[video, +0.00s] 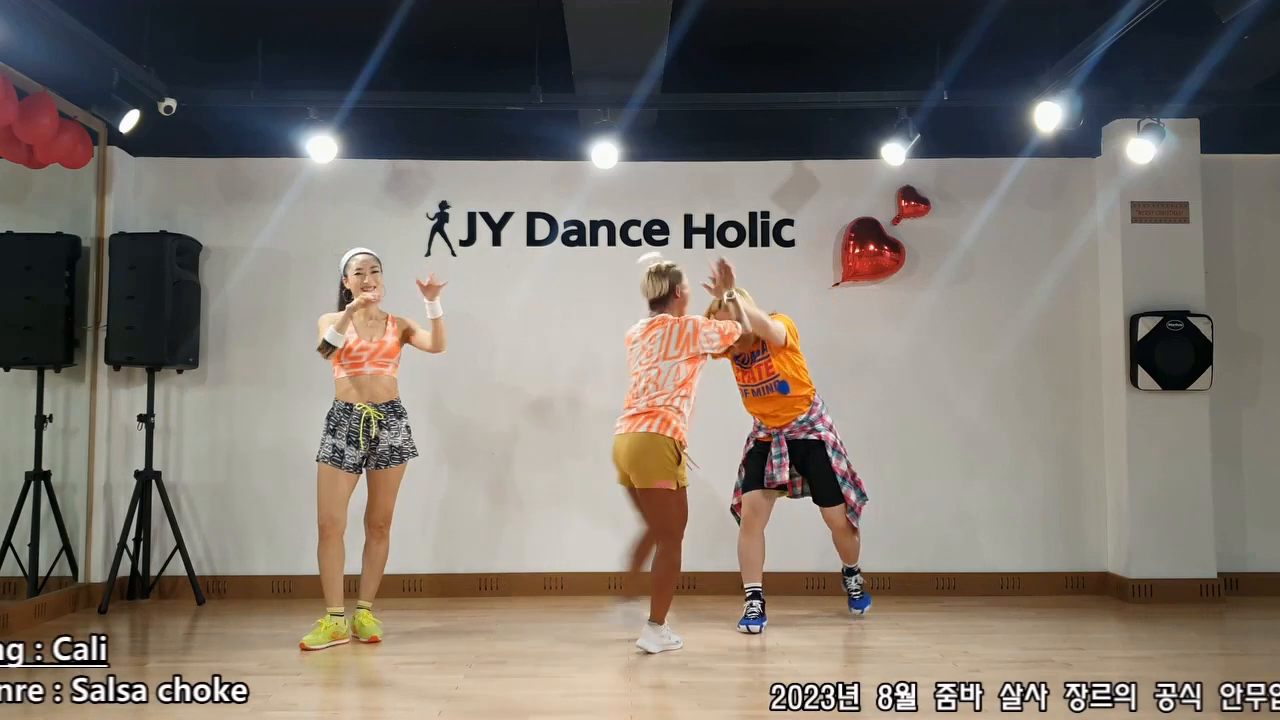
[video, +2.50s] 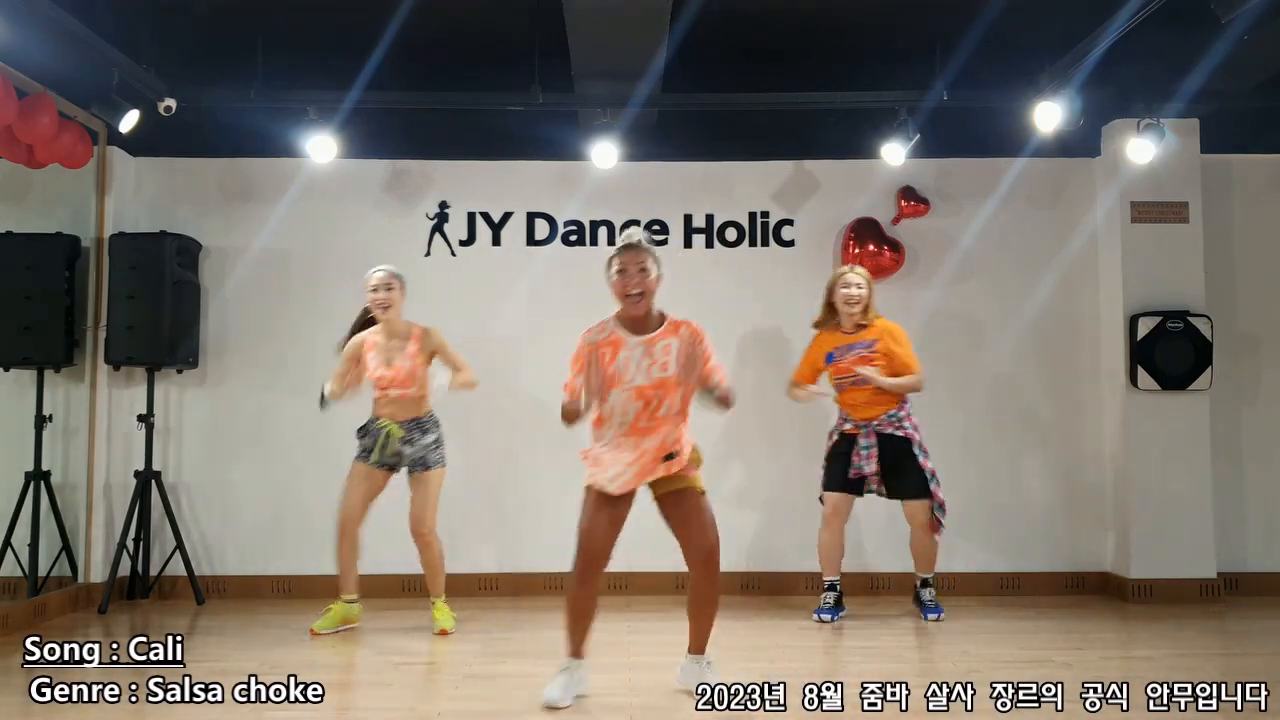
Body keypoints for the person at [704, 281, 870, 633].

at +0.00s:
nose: (737, 343)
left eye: (739, 332)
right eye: (729, 336)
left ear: (750, 321)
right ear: (720, 334)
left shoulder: (781, 329)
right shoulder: (729, 346)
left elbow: (763, 327)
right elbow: (697, 347)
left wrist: (734, 293)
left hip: (809, 433)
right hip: (766, 438)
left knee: (839, 520)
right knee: (751, 513)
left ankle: (852, 576)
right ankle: (754, 601)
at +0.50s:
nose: (811, 297)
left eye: (818, 291)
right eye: (805, 291)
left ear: (830, 300)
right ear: (793, 300)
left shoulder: (845, 339)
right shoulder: (779, 344)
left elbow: (847, 392)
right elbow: (772, 401)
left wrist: (845, 438)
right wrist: (767, 452)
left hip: (841, 434)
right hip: (800, 438)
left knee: (859, 517)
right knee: (785, 515)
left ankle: (863, 587)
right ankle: (762, 593)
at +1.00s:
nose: (832, 289)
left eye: (838, 284)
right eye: (824, 285)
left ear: (847, 292)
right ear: (812, 295)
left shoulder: (864, 331)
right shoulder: (797, 337)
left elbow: (892, 367)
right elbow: (782, 390)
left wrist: (923, 397)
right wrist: (768, 436)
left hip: (857, 431)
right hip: (814, 432)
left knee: (871, 514)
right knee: (822, 514)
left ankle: (863, 586)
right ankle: (826, 590)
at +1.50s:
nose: (842, 285)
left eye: (848, 279)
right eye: (834, 281)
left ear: (859, 288)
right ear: (824, 292)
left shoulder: (876, 326)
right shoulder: (810, 331)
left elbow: (887, 371)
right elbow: (778, 378)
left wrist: (849, 353)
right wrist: (790, 361)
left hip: (865, 428)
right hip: (822, 428)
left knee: (866, 515)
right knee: (818, 510)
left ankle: (861, 592)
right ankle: (828, 584)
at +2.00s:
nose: (810, 297)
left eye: (816, 291)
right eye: (801, 293)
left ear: (826, 299)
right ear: (789, 304)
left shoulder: (839, 327)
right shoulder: (784, 343)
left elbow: (835, 348)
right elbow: (748, 368)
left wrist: (789, 335)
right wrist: (741, 344)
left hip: (866, 425)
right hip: (824, 434)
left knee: (912, 501)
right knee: (813, 511)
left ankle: (929, 570)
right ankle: (829, 593)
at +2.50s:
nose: (853, 291)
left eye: (859, 286)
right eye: (846, 286)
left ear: (869, 294)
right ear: (833, 294)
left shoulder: (887, 332)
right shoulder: (824, 341)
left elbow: (916, 381)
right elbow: (795, 389)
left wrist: (881, 381)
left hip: (894, 431)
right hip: (850, 433)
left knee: (921, 513)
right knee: (833, 510)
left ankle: (925, 589)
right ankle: (831, 592)